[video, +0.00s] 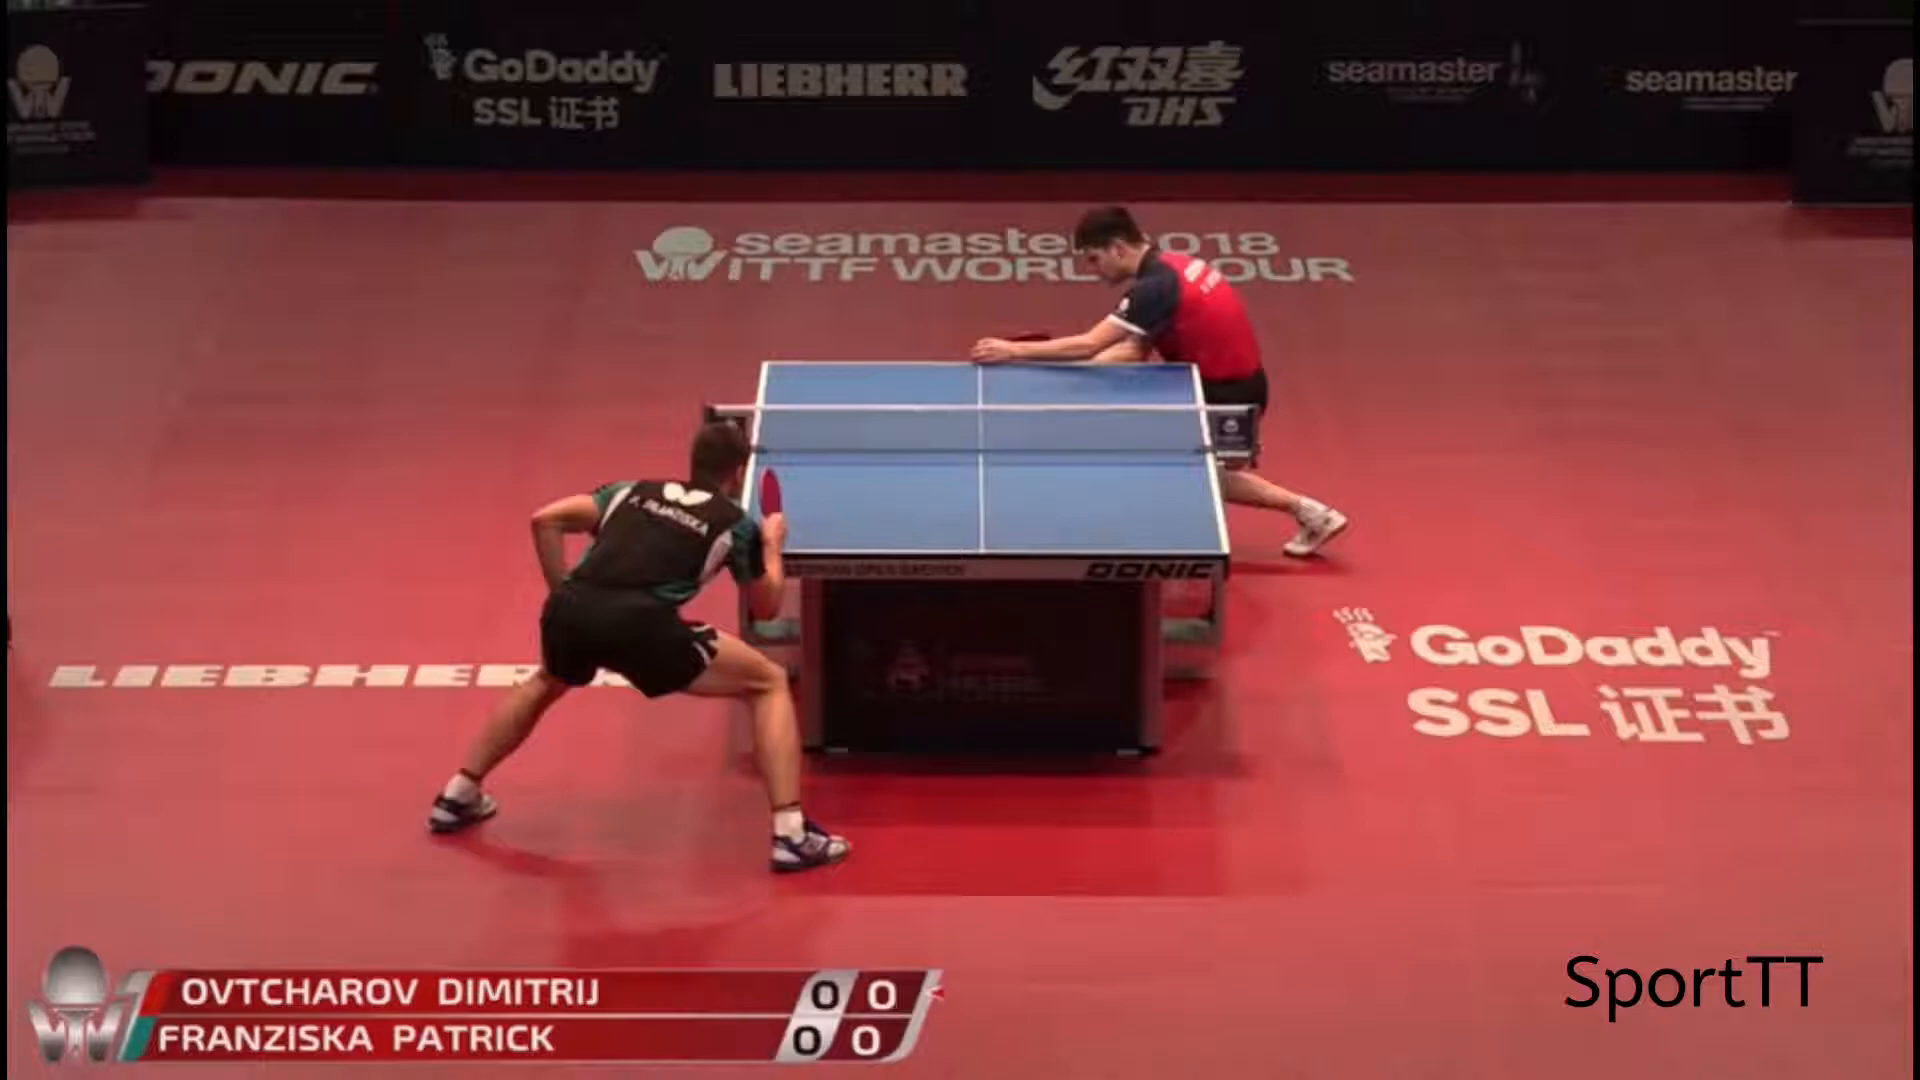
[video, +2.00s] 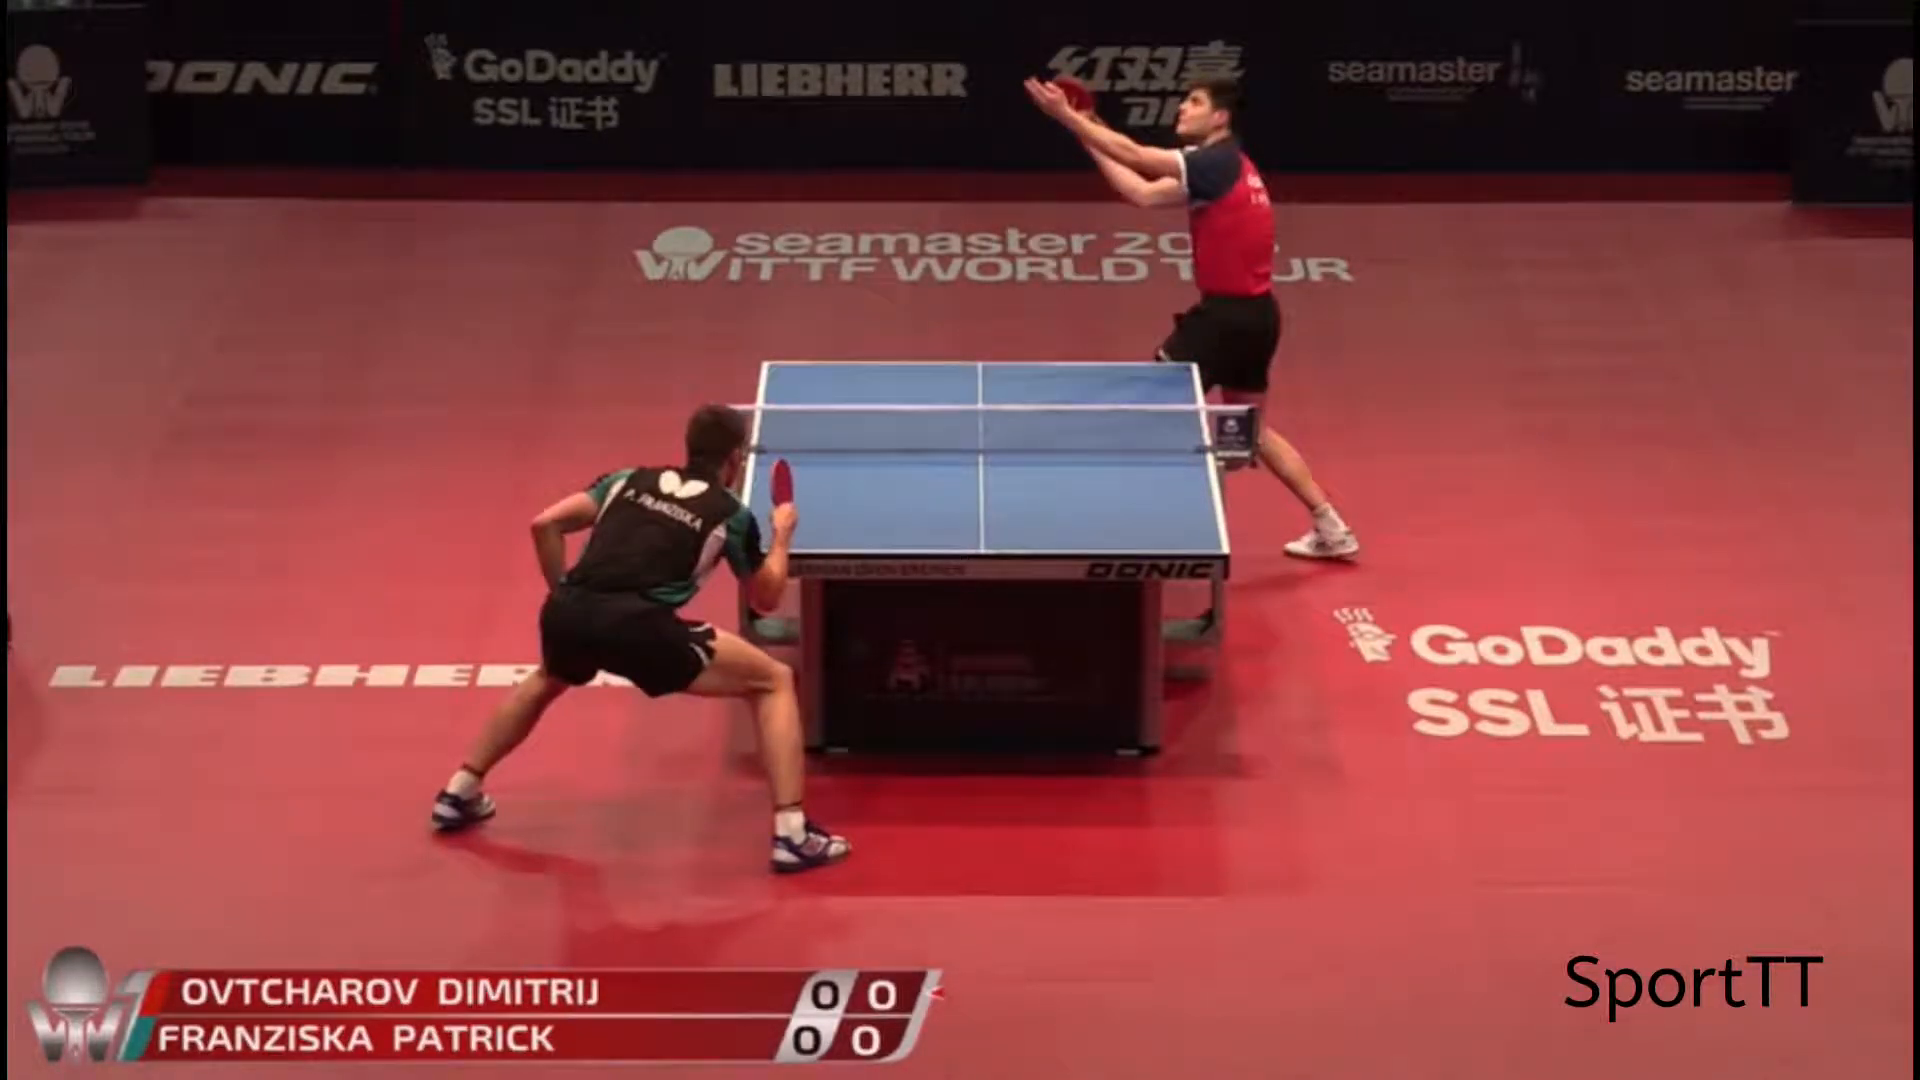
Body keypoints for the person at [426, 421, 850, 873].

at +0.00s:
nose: (743, 474)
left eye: (734, 466)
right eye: (744, 467)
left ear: (691, 462)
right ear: (739, 471)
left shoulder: (635, 490)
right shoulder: (738, 523)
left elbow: (545, 520)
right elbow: (765, 607)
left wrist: (561, 591)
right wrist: (774, 545)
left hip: (570, 611)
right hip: (644, 625)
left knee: (548, 680)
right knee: (768, 684)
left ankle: (459, 790)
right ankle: (792, 832)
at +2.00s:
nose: (745, 461)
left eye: (743, 453)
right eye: (745, 454)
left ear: (689, 451)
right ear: (734, 459)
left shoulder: (629, 479)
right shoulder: (732, 513)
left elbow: (546, 523)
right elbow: (766, 598)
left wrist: (560, 593)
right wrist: (782, 535)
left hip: (568, 614)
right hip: (639, 624)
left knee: (545, 682)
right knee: (774, 682)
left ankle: (459, 790)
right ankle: (793, 833)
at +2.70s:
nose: (766, 385)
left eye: (758, 375)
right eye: (765, 378)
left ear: (711, 375)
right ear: (758, 385)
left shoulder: (655, 415)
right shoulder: (756, 451)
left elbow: (581, 476)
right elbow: (797, 546)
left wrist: (601, 533)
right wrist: (838, 507)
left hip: (598, 563)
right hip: (669, 579)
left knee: (543, 673)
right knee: (783, 676)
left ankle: (458, 789)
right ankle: (792, 834)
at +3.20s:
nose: (741, 375)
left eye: (740, 365)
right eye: (741, 366)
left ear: (688, 356)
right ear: (732, 370)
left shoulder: (624, 389)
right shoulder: (726, 427)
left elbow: (543, 439)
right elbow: (766, 515)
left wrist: (543, 484)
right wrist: (812, 492)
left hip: (588, 548)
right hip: (664, 558)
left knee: (532, 654)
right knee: (765, 637)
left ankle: (470, 781)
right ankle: (801, 754)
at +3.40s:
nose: (760, 374)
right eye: (762, 366)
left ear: (713, 358)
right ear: (760, 371)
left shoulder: (678, 390)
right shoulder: (766, 426)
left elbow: (624, 440)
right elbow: (793, 472)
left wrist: (583, 462)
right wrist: (816, 477)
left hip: (656, 547)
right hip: (730, 553)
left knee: (566, 656)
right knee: (801, 642)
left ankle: (480, 773)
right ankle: (872, 753)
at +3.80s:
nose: (783, 358)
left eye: (776, 349)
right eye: (784, 351)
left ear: (731, 349)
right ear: (780, 359)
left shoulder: (677, 389)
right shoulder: (787, 428)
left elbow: (610, 440)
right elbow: (826, 521)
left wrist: (601, 487)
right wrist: (849, 496)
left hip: (641, 540)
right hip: (716, 552)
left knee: (570, 655)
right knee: (807, 650)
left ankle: (504, 786)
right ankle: (846, 795)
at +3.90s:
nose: (786, 390)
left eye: (774, 378)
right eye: (785, 382)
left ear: (730, 378)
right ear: (778, 390)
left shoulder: (670, 428)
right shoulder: (780, 463)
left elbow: (603, 496)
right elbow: (820, 556)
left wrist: (624, 529)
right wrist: (865, 539)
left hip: (627, 579)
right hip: (697, 595)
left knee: (556, 672)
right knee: (802, 706)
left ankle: (478, 792)